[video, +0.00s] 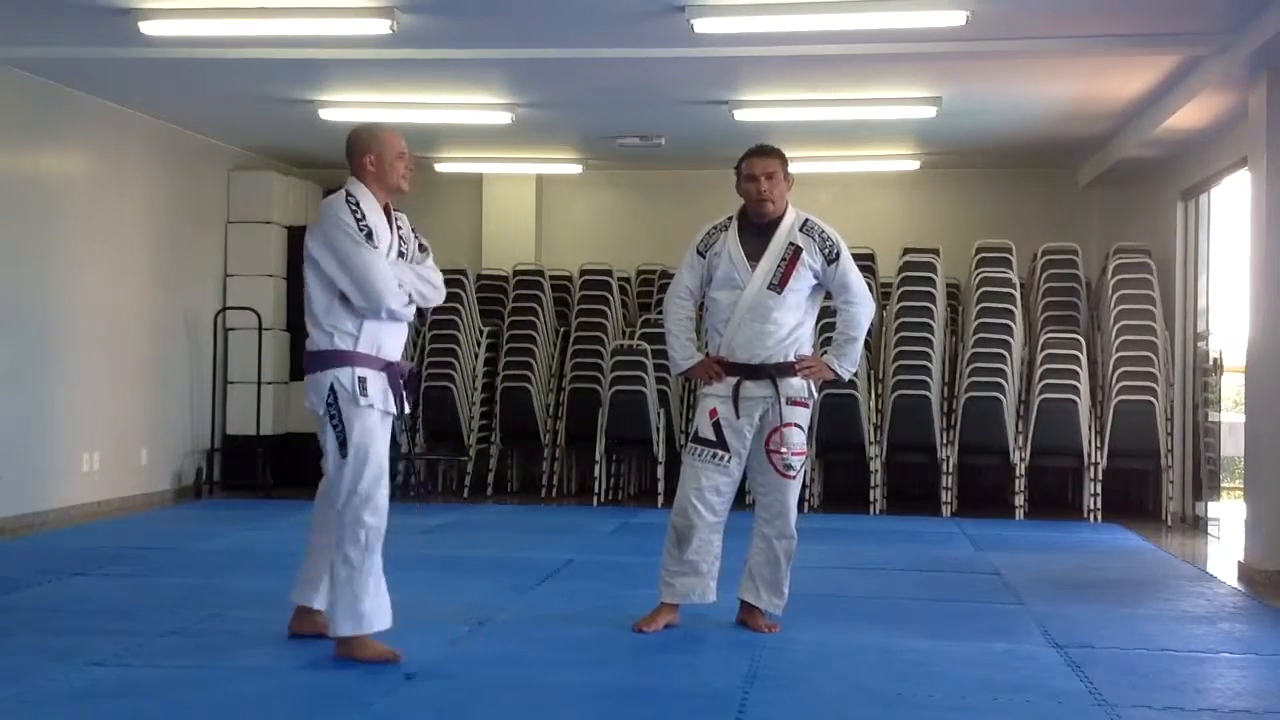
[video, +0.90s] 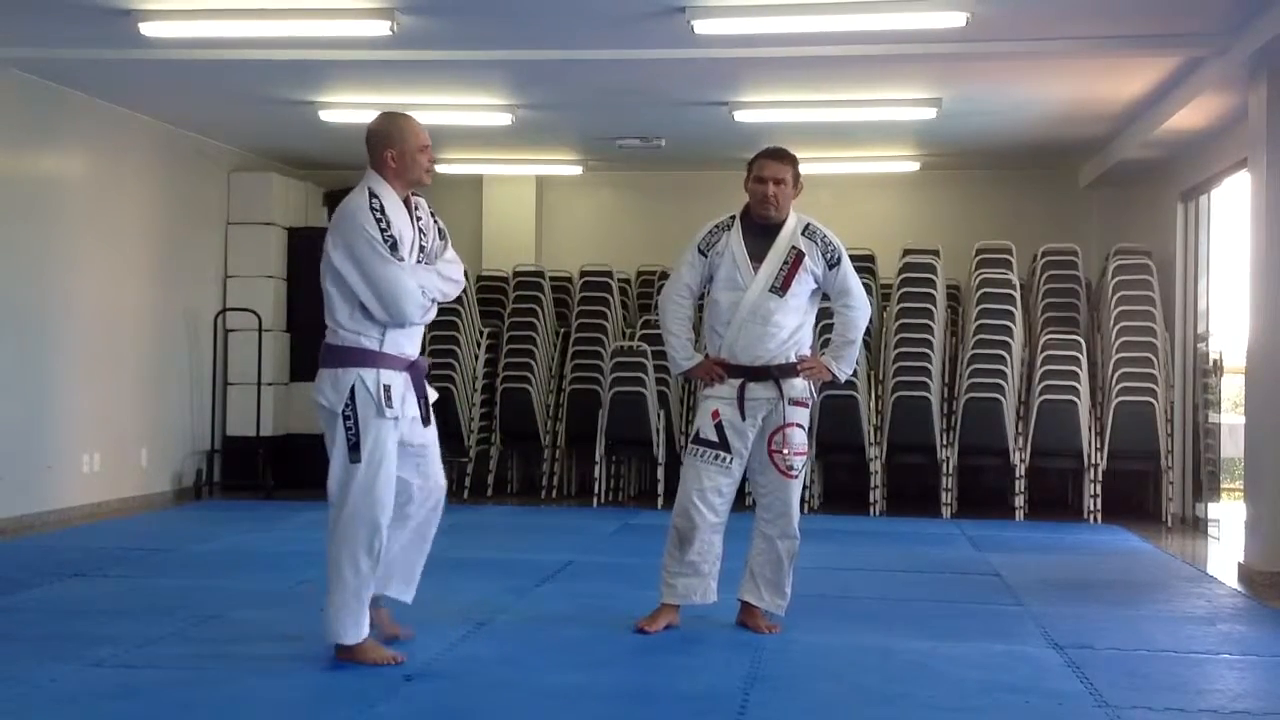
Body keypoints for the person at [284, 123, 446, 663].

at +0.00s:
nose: (411, 165)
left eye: (409, 157)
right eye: (402, 156)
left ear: (377, 165)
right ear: (369, 164)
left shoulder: (395, 223)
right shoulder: (341, 212)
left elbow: (435, 288)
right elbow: (380, 294)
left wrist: (387, 269)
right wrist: (418, 290)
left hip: (379, 374)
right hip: (347, 373)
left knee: (342, 493)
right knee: (364, 501)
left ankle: (309, 609)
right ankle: (356, 633)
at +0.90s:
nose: (433, 159)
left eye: (431, 150)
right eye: (423, 151)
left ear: (399, 156)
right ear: (391, 157)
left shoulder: (421, 212)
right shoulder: (360, 213)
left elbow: (455, 275)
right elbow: (402, 303)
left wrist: (406, 273)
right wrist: (438, 284)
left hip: (406, 375)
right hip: (360, 376)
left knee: (423, 490)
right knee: (363, 502)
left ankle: (374, 602)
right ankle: (348, 635)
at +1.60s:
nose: (502, 180)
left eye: (502, 170)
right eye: (497, 170)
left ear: (472, 171)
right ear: (466, 171)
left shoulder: (489, 224)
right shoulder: (416, 221)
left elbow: (525, 288)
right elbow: (451, 300)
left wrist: (465, 276)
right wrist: (499, 300)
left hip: (484, 375)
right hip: (432, 372)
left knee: (485, 494)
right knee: (432, 485)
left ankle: (455, 614)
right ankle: (378, 619)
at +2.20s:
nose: (537, 191)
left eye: (539, 181)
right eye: (534, 180)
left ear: (509, 174)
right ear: (505, 174)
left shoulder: (512, 232)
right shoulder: (452, 215)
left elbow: (549, 305)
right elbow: (483, 299)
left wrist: (541, 289)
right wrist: (526, 308)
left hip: (499, 388)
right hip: (454, 386)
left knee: (497, 507)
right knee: (453, 508)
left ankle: (466, 617)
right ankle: (439, 633)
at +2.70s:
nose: (545, 191)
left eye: (546, 181)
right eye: (541, 180)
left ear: (514, 176)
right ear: (513, 176)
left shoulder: (514, 236)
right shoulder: (462, 215)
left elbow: (524, 318)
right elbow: (456, 303)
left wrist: (573, 355)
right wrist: (480, 381)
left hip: (506, 385)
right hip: (460, 382)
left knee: (497, 506)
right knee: (455, 508)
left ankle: (466, 617)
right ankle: (439, 632)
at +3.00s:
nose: (546, 199)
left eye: (548, 189)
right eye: (542, 188)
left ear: (517, 182)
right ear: (512, 180)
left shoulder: (507, 235)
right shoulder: (463, 212)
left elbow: (524, 303)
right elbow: (434, 293)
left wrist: (561, 274)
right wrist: (453, 371)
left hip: (504, 389)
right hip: (466, 385)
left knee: (494, 509)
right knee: (457, 508)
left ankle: (463, 617)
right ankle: (438, 631)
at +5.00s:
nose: (533, 203)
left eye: (537, 192)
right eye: (528, 191)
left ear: (508, 185)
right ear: (499, 181)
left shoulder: (512, 242)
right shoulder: (443, 210)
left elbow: (536, 293)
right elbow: (422, 273)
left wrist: (540, 309)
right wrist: (495, 326)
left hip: (497, 389)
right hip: (451, 385)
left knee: (491, 508)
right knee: (450, 507)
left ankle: (463, 618)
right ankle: (439, 632)